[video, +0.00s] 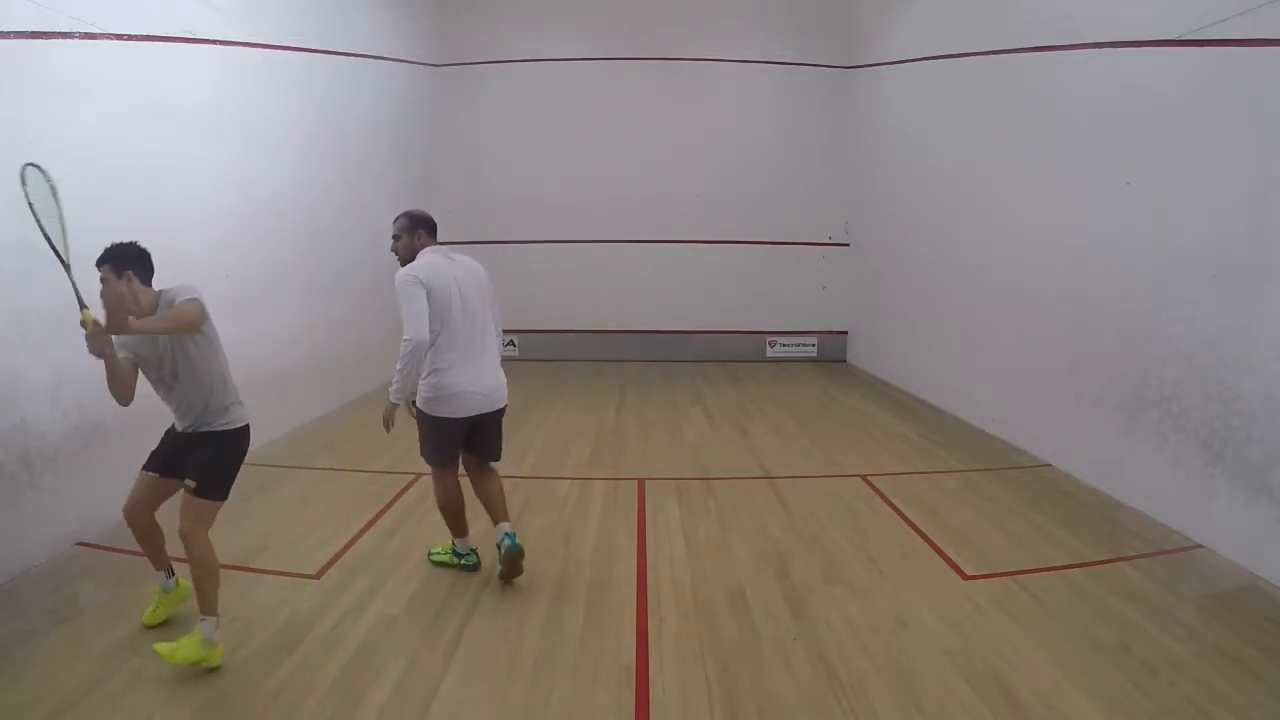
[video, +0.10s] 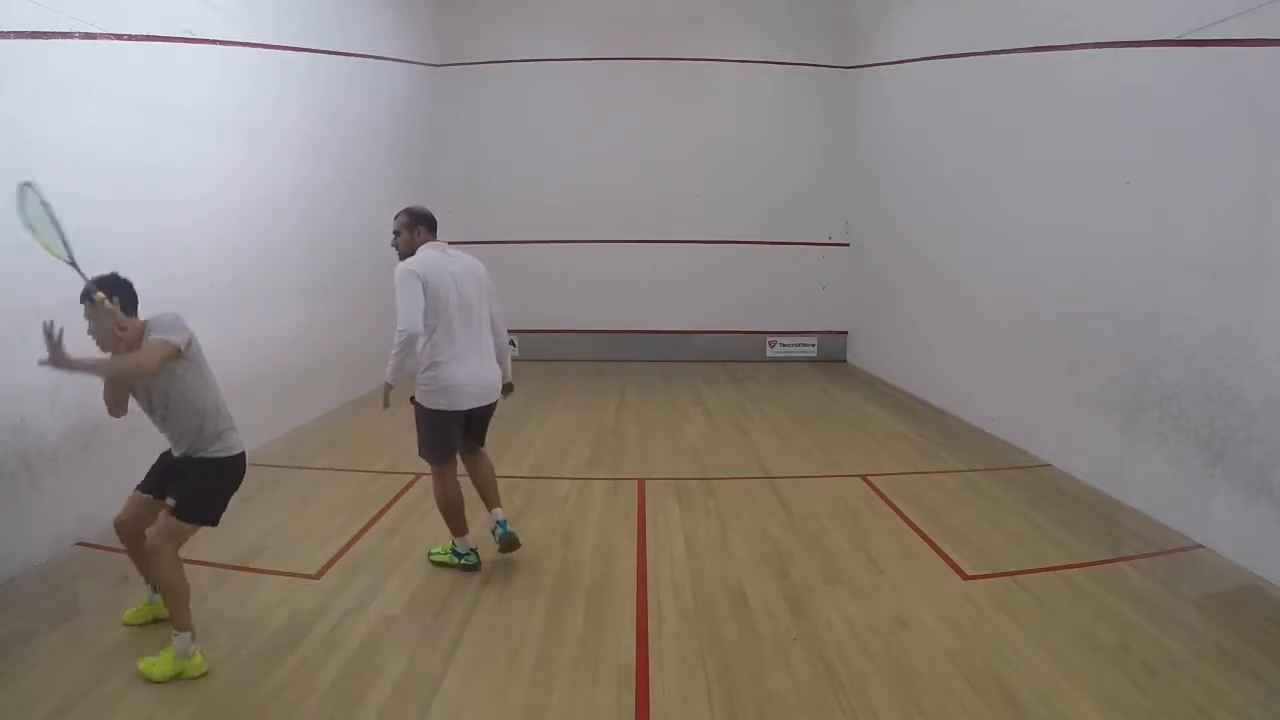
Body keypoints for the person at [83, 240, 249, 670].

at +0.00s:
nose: (101, 292)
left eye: (104, 282)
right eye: (99, 284)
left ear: (129, 280)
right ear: (128, 283)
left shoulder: (180, 298)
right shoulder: (125, 334)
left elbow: (194, 318)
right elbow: (124, 396)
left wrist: (129, 327)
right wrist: (108, 354)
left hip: (225, 428)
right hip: (185, 430)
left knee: (192, 529)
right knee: (137, 512)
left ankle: (209, 637)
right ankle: (171, 585)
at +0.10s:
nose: (88, 330)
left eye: (91, 319)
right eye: (86, 321)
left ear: (115, 313)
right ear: (111, 316)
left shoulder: (169, 325)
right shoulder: (120, 359)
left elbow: (144, 367)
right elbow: (116, 408)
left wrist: (69, 363)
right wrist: (120, 357)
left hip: (218, 457)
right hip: (180, 454)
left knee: (158, 545)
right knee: (128, 525)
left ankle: (186, 651)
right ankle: (162, 598)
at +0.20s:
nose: (88, 364)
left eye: (90, 353)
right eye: (86, 355)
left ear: (111, 349)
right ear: (118, 348)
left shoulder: (152, 376)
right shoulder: (133, 386)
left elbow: (138, 453)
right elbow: (106, 454)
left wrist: (79, 495)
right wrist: (117, 411)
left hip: (212, 488)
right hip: (187, 481)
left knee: (130, 559)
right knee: (134, 527)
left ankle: (183, 653)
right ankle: (162, 604)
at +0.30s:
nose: (104, 371)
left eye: (103, 364)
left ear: (106, 366)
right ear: (141, 355)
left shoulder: (121, 410)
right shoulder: (174, 380)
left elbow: (141, 488)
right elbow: (183, 468)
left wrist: (154, 557)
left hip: (203, 504)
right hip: (248, 492)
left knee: (131, 556)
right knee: (178, 512)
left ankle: (181, 653)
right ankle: (178, 596)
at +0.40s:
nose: (134, 357)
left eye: (132, 353)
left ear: (132, 359)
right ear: (170, 347)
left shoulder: (133, 412)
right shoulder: (208, 375)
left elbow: (146, 485)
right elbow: (257, 404)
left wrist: (159, 557)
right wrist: (285, 416)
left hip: (206, 511)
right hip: (260, 496)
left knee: (141, 553)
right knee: (229, 519)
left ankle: (180, 654)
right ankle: (252, 600)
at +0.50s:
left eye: (181, 326)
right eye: (205, 319)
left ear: (177, 333)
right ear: (214, 324)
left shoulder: (167, 388)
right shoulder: (249, 359)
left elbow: (159, 465)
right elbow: (313, 376)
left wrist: (156, 530)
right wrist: (335, 387)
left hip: (220, 496)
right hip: (277, 483)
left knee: (161, 556)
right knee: (291, 527)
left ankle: (182, 655)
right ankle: (339, 599)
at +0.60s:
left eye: (235, 294)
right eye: (261, 289)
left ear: (231, 299)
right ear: (271, 295)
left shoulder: (217, 353)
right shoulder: (303, 336)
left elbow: (192, 427)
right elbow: (369, 371)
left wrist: (180, 490)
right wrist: (362, 397)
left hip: (256, 479)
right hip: (315, 472)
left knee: (206, 560)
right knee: (351, 546)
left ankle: (187, 653)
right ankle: (396, 620)